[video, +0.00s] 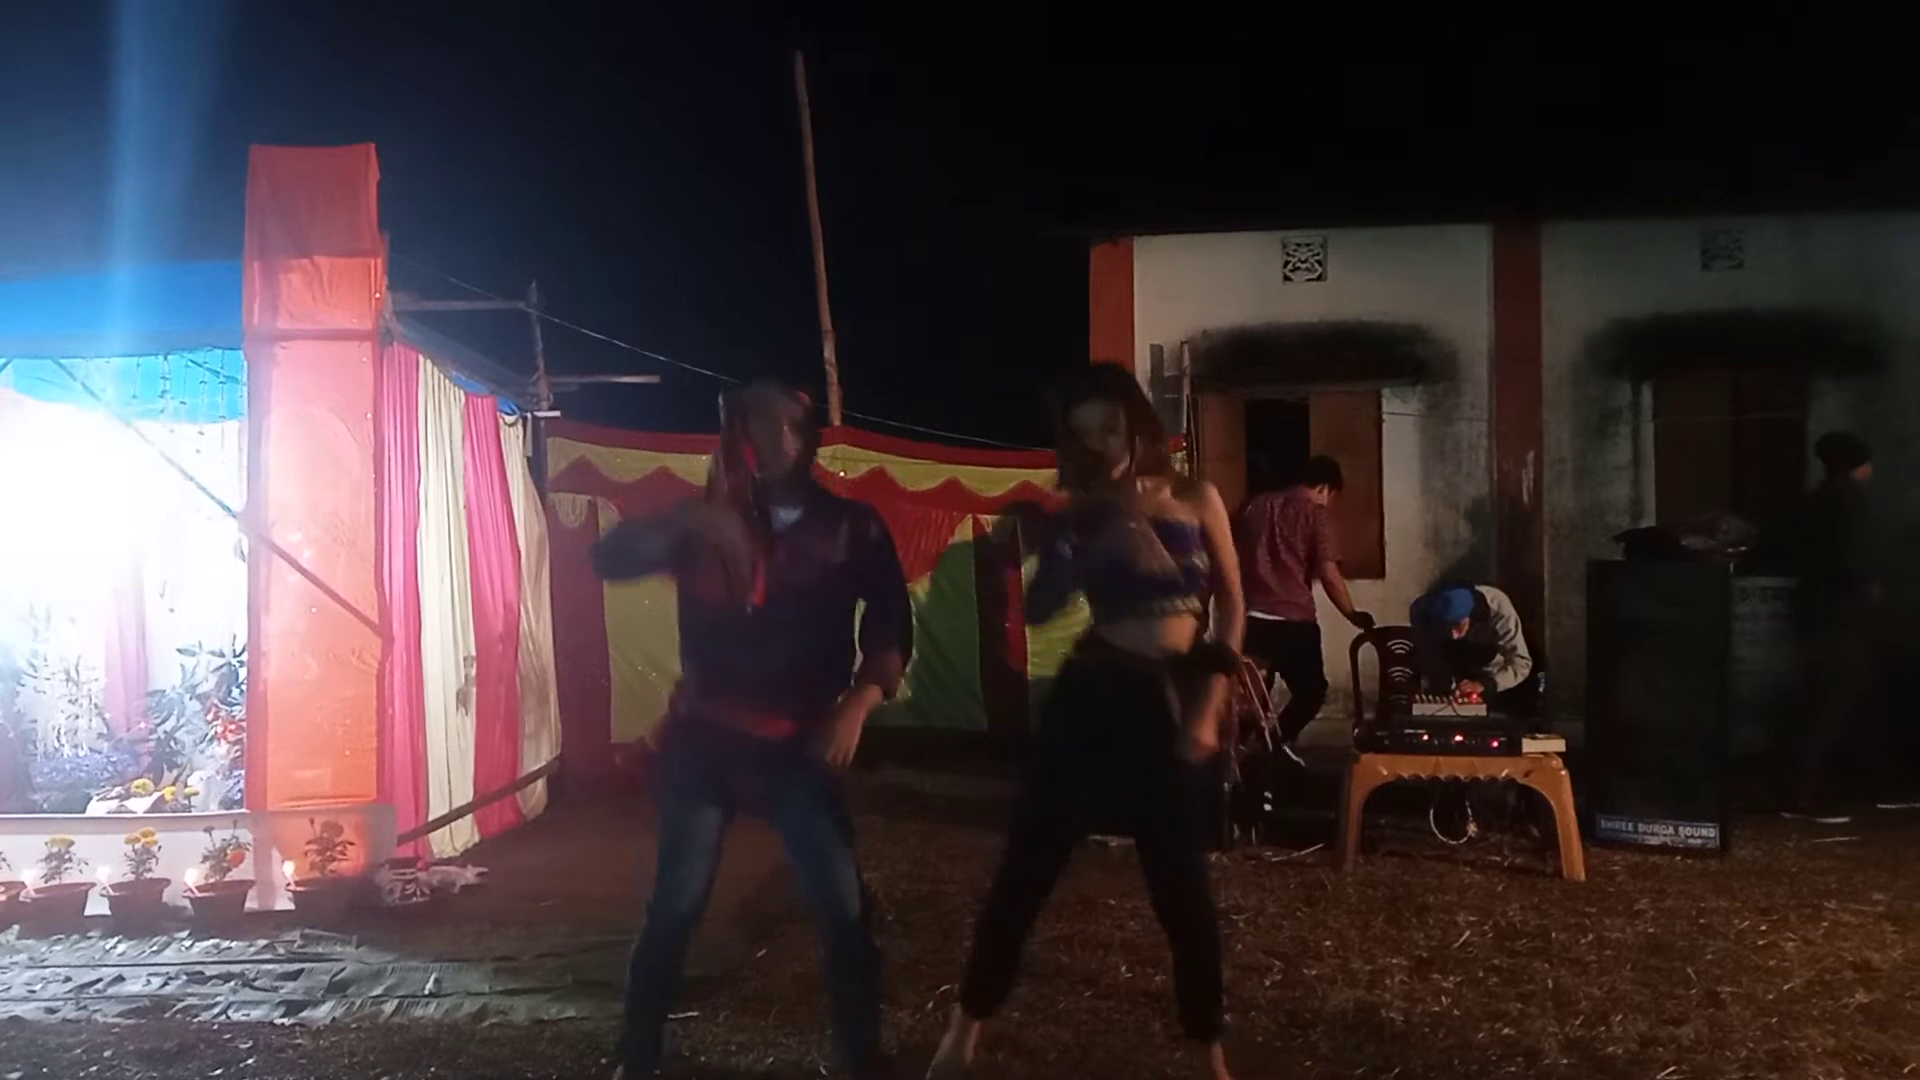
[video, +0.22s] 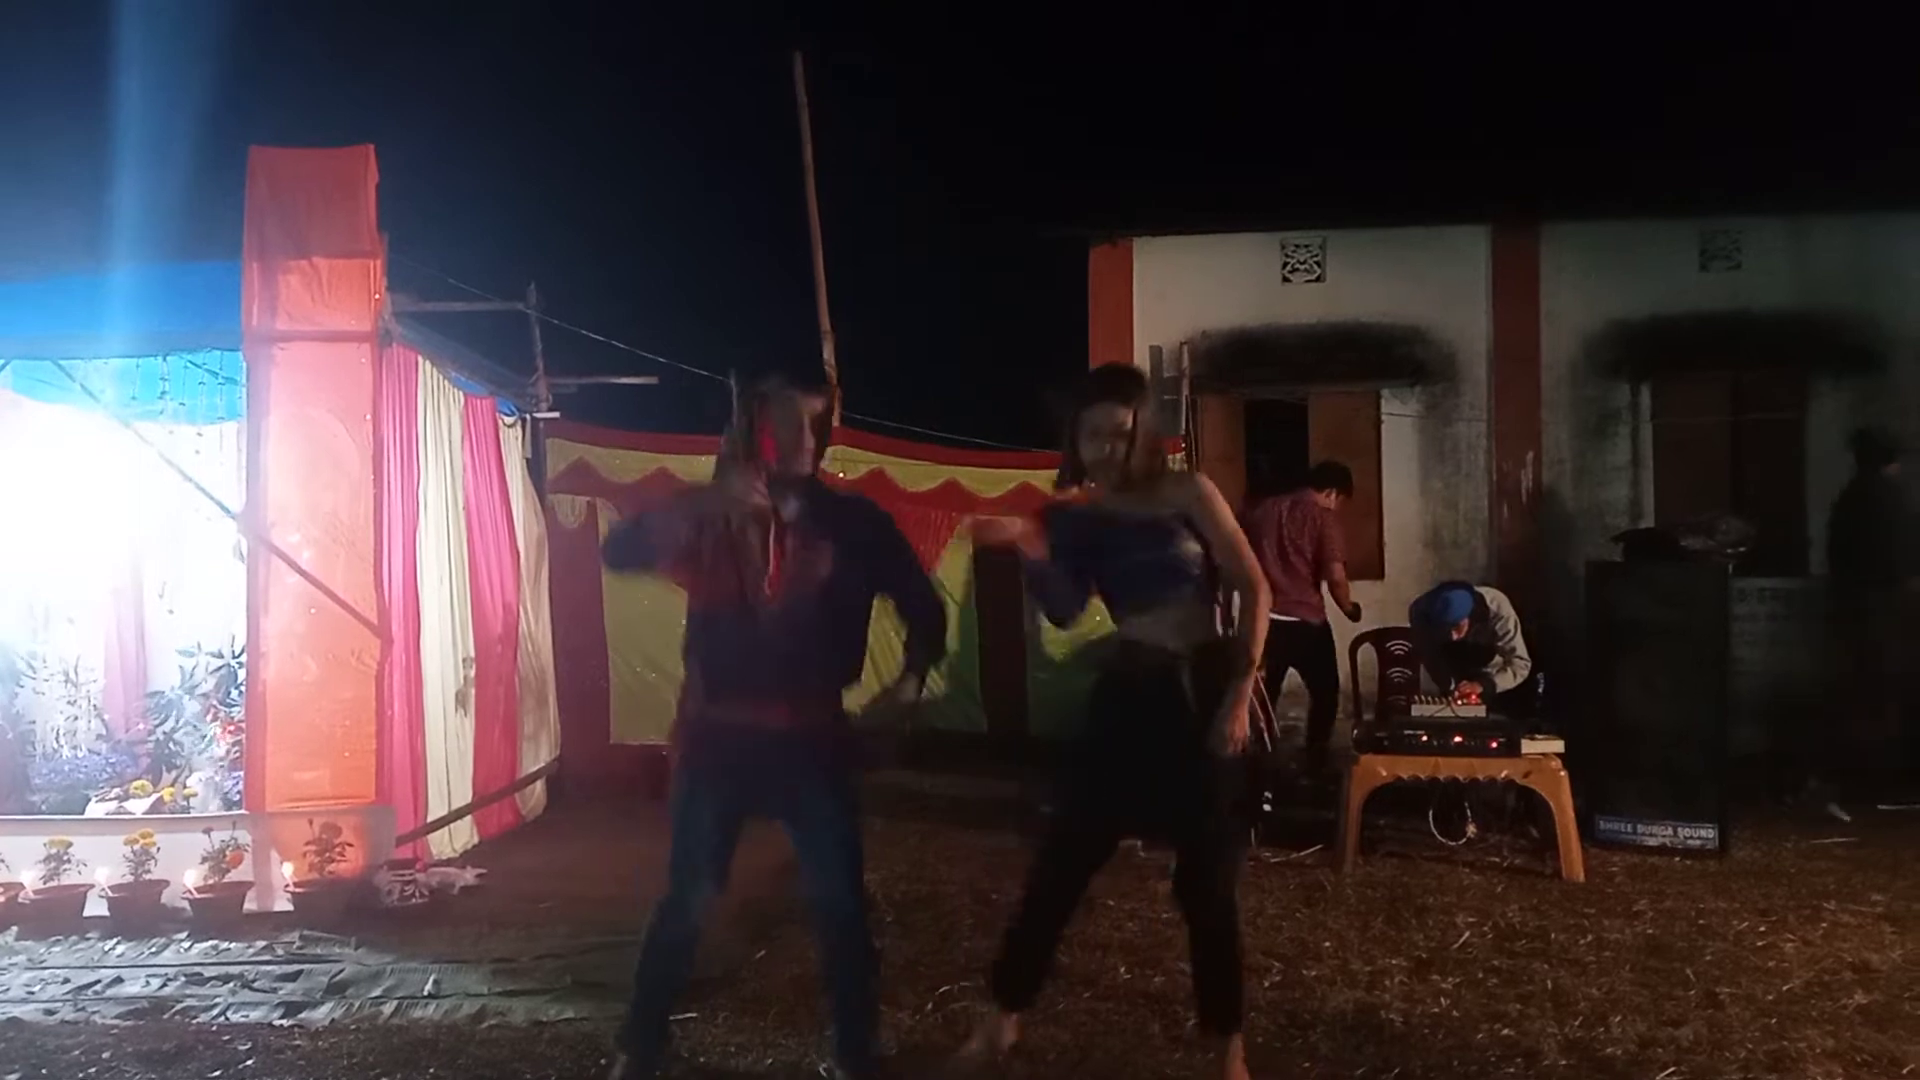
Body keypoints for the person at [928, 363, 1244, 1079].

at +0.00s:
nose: (1099, 448)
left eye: (1110, 431)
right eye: (1084, 436)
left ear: (1140, 426)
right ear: (1068, 440)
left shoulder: (1196, 501)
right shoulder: (1080, 516)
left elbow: (1231, 604)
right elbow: (1035, 610)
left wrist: (1211, 704)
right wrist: (1031, 549)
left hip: (1174, 697)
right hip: (1093, 693)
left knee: (1182, 882)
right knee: (1028, 864)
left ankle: (1211, 1048)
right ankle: (965, 1029)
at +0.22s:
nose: (1105, 448)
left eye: (1118, 433)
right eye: (1092, 435)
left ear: (1144, 431)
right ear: (1075, 439)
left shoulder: (1188, 493)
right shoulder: (1077, 517)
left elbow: (1257, 590)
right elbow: (1065, 612)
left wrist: (1241, 692)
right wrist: (1033, 554)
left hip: (1201, 689)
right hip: (1125, 690)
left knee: (1205, 875)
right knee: (1069, 854)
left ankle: (1228, 1047)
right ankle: (1001, 1017)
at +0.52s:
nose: (1137, 461)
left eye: (1150, 449)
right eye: (1123, 445)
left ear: (1164, 460)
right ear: (1093, 452)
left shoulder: (1175, 540)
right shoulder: (1060, 533)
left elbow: (1227, 648)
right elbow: (1050, 647)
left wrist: (1183, 742)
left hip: (1164, 740)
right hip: (1082, 739)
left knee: (1189, 914)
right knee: (1046, 915)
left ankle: (1270, 1055)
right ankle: (1051, 1060)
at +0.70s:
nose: (1170, 414)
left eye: (1179, 401)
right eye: (1157, 401)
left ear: (1188, 403)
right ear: (1122, 399)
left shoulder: (1189, 484)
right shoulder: (1079, 472)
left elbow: (1205, 590)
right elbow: (1064, 563)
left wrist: (1189, 677)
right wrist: (1138, 585)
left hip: (1154, 663)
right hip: (1075, 661)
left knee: (1175, 843)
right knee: (1048, 841)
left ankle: (1207, 1022)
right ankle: (1023, 1021)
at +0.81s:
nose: (1180, 404)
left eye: (1188, 392)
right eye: (1169, 389)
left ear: (1193, 396)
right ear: (1129, 386)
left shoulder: (1179, 479)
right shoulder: (1095, 463)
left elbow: (1184, 580)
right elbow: (1121, 493)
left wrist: (1187, 664)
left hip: (1142, 663)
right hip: (1069, 655)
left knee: (1169, 846)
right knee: (1039, 839)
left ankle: (1171, 1032)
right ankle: (973, 1014)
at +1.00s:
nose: (1196, 474)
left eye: (1195, 461)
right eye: (1183, 461)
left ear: (1156, 469)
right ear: (1142, 465)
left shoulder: (1141, 543)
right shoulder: (1110, 536)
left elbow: (1141, 638)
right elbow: (1179, 617)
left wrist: (1171, 707)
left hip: (1117, 724)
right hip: (1062, 726)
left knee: (1188, 897)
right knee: (1036, 909)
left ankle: (1160, 1052)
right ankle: (936, 1054)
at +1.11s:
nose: (1192, 465)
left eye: (1191, 450)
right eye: (1183, 451)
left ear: (1128, 455)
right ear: (1153, 456)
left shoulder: (1106, 525)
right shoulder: (1121, 531)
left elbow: (1100, 639)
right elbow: (1191, 631)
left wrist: (1154, 683)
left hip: (1102, 730)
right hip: (1063, 731)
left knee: (1173, 888)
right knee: (1032, 906)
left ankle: (1161, 1052)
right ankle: (934, 1055)